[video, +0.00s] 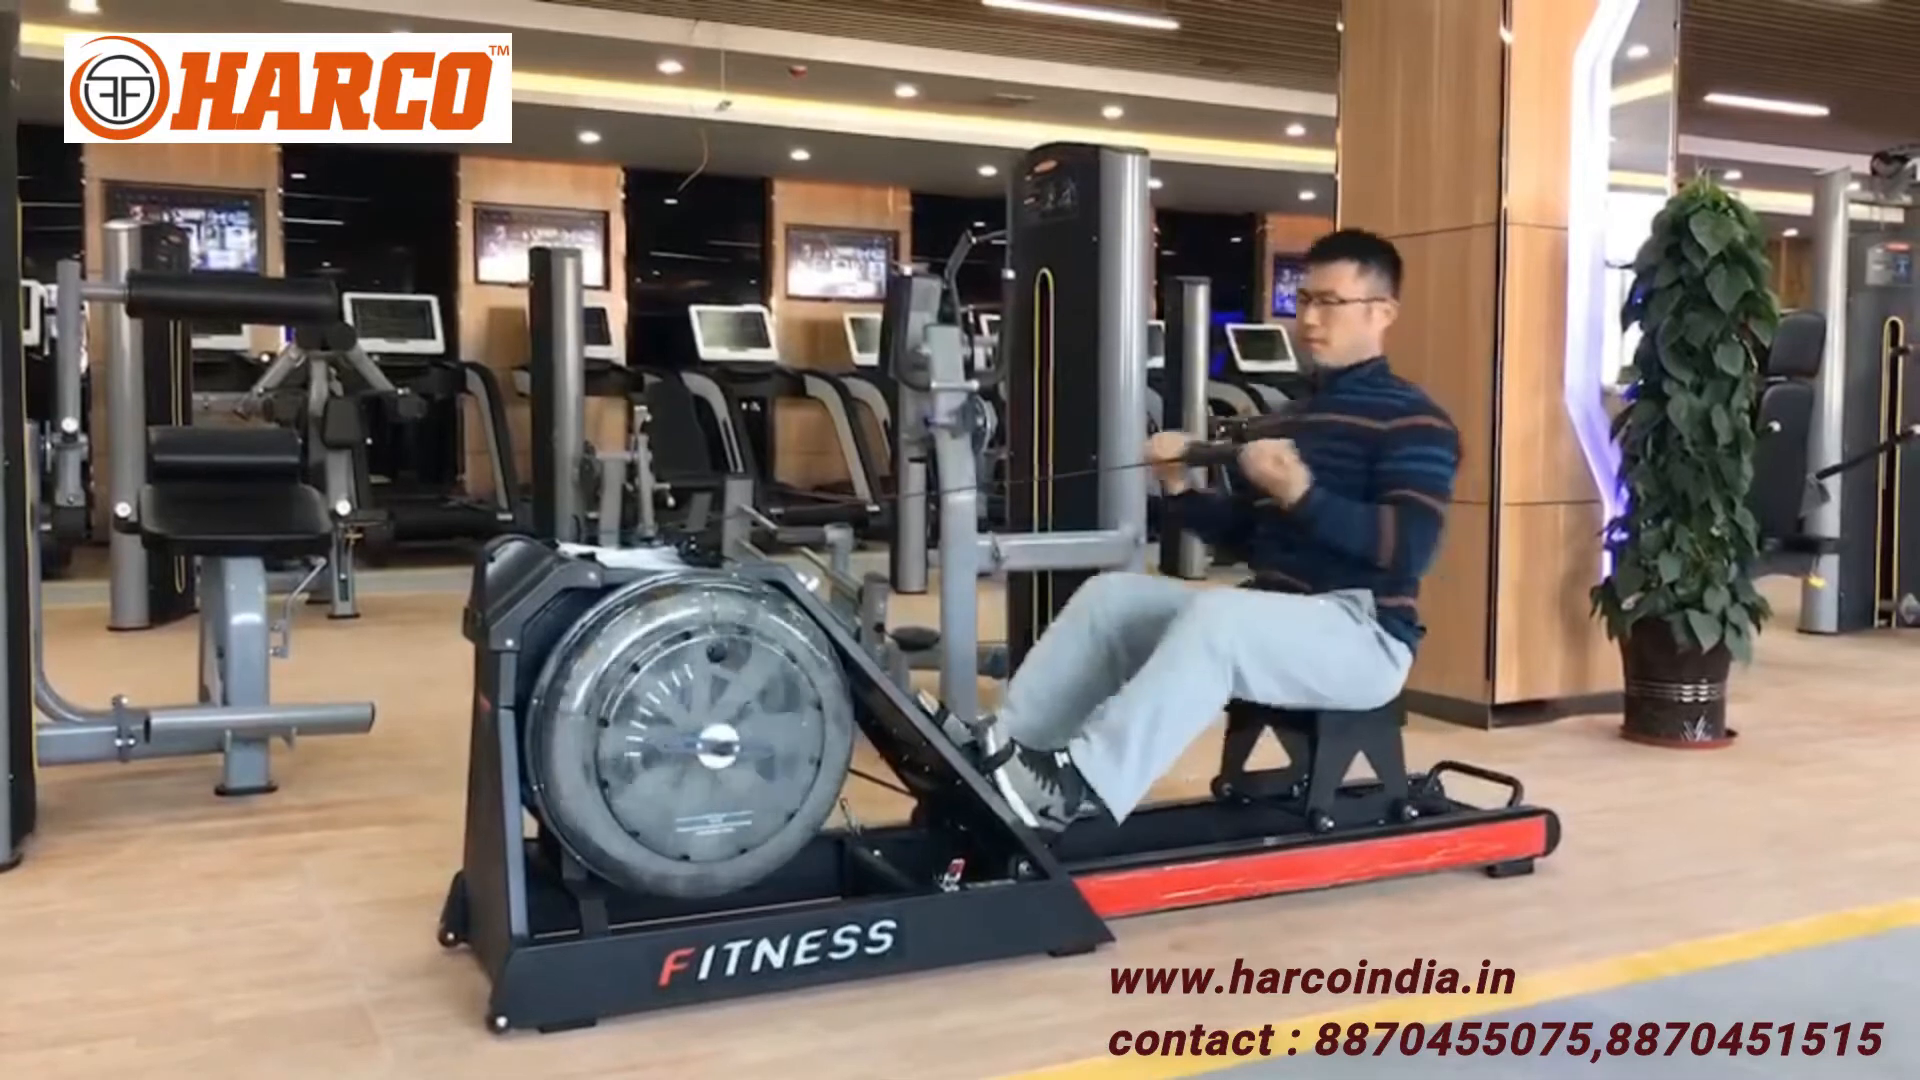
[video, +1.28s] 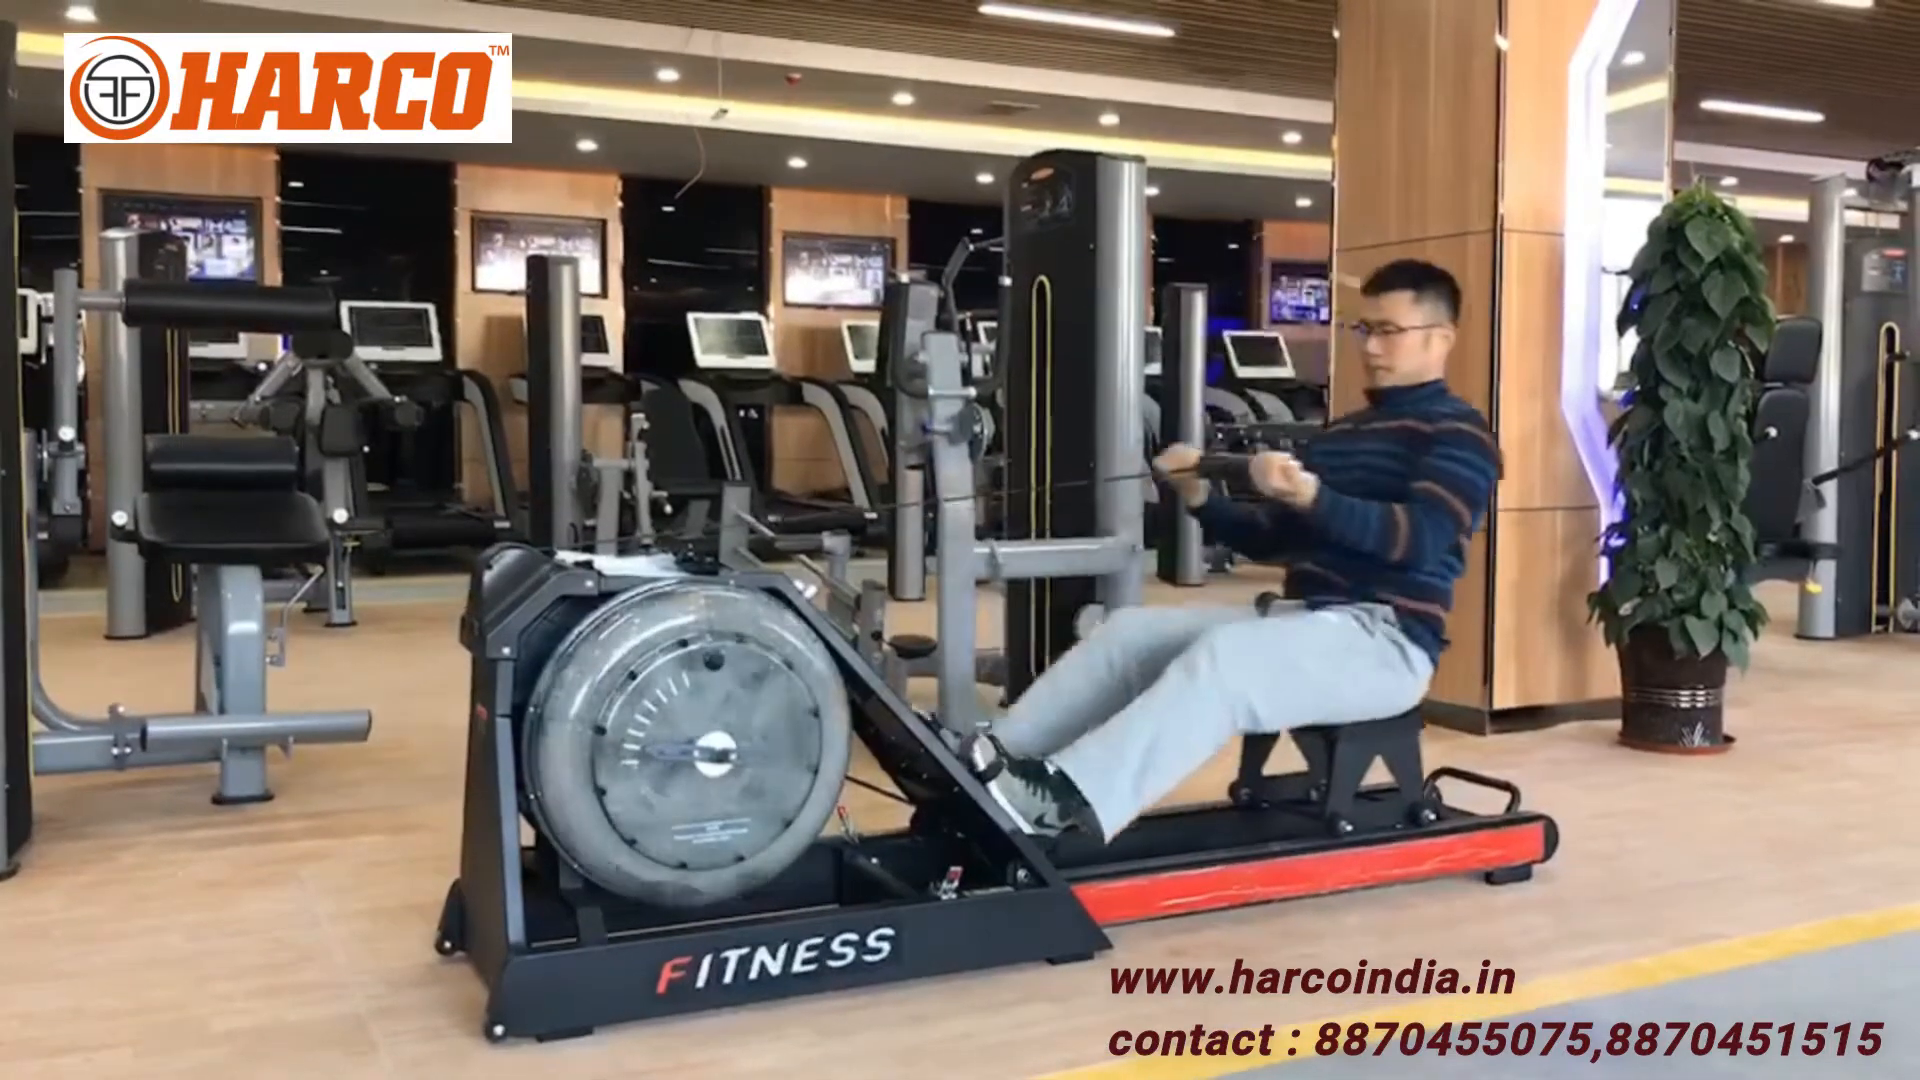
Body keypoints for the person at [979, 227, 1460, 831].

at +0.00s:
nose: (1307, 318)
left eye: (1328, 303)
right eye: (1303, 301)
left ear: (1381, 315)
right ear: (1294, 307)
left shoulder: (1416, 422)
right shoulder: (1294, 415)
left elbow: (1408, 547)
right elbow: (1246, 531)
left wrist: (1299, 495)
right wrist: (1173, 489)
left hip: (1363, 632)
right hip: (1270, 611)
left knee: (1214, 622)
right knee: (1110, 598)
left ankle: (1080, 786)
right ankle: (1001, 749)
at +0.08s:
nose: (1277, 311)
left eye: (1296, 296)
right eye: (1274, 295)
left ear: (1352, 311)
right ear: (1266, 301)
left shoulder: (1382, 419)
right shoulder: (1260, 420)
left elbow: (1365, 542)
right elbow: (1202, 530)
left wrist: (1252, 501)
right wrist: (1131, 493)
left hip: (1348, 637)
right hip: (1251, 618)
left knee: (1205, 607)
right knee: (1091, 591)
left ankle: (1081, 781)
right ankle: (1000, 751)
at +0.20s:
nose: (1220, 307)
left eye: (1241, 292)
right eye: (1219, 291)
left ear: (1295, 309)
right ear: (1213, 300)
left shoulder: (1322, 416)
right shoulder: (1205, 414)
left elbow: (1264, 523)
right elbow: (1138, 504)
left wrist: (1141, 508)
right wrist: (1033, 488)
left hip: (1307, 638)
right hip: (1207, 613)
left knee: (1168, 588)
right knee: (1050, 578)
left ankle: (1058, 778)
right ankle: (973, 742)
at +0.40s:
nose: (1164, 301)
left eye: (1185, 287)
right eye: (1165, 286)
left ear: (1237, 307)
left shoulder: (1258, 404)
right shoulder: (1145, 408)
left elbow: (1158, 482)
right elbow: (1058, 474)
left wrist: (1031, 510)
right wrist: (933, 498)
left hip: (1255, 645)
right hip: (1156, 623)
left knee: (1123, 566)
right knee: (992, 556)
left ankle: (1040, 782)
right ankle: (972, 742)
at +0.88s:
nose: (1229, 310)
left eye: (1249, 297)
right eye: (1227, 297)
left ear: (1301, 315)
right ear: (1220, 306)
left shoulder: (1317, 414)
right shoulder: (1199, 416)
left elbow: (1225, 490)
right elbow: (1113, 486)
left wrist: (1104, 506)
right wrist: (997, 484)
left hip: (1285, 639)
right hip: (1190, 615)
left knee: (1146, 580)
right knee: (1038, 575)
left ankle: (1043, 787)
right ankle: (967, 750)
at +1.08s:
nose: (1301, 330)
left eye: (1320, 316)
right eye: (1297, 315)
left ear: (1375, 326)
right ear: (1289, 321)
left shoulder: (1390, 419)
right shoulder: (1273, 422)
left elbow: (1318, 510)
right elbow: (1206, 516)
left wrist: (1205, 488)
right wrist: (1103, 495)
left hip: (1340, 633)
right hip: (1252, 615)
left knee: (1191, 614)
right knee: (1087, 593)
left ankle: (1056, 789)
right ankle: (974, 752)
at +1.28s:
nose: (1372, 347)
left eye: (1392, 331)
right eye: (1366, 331)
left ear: (1444, 341)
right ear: (1359, 335)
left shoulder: (1461, 435)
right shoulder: (1346, 432)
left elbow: (1417, 540)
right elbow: (1280, 538)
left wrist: (1311, 497)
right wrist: (1200, 496)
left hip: (1387, 641)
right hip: (1308, 620)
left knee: (1222, 662)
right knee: (1132, 633)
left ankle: (1070, 800)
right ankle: (990, 753)